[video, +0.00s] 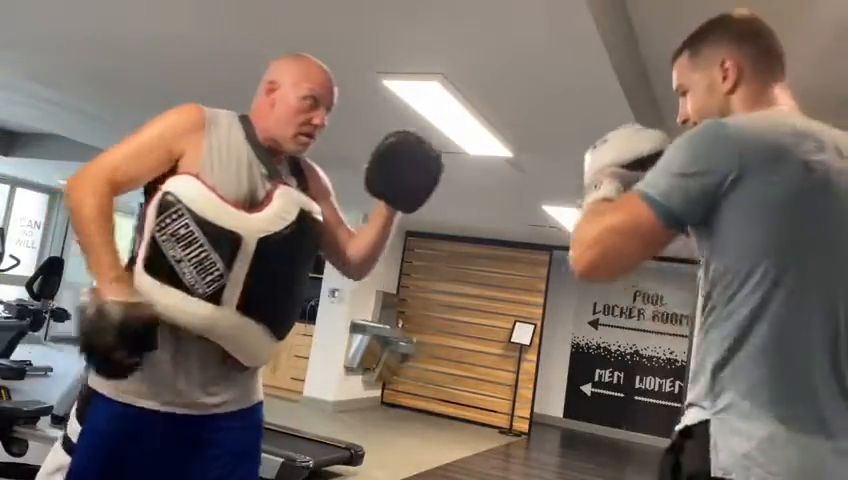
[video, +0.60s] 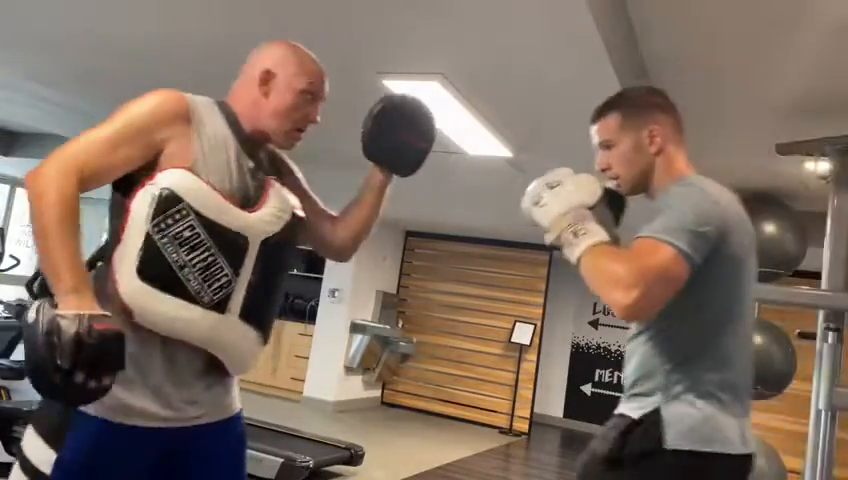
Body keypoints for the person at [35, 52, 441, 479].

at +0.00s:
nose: (321, 119)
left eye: (327, 110)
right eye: (312, 101)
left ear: (327, 118)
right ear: (269, 91)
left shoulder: (309, 180)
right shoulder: (194, 127)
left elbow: (354, 262)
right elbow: (87, 186)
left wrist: (392, 198)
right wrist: (113, 286)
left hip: (232, 410)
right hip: (137, 400)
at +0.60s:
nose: (315, 117)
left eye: (320, 105)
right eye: (308, 97)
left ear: (268, 86)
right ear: (264, 80)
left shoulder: (278, 171)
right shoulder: (172, 113)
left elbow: (338, 242)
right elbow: (51, 178)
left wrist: (384, 169)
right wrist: (74, 297)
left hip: (212, 420)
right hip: (117, 414)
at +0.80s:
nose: (269, 90)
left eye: (272, 76)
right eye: (261, 70)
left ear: (218, 57)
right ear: (216, 54)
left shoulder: (222, 144)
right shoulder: (123, 97)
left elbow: (274, 221)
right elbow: (17, 177)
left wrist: (331, 159)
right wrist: (60, 322)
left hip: (173, 408)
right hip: (92, 414)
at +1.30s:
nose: (304, 128)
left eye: (308, 117)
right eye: (304, 111)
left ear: (268, 96)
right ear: (274, 93)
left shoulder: (248, 175)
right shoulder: (191, 109)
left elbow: (266, 237)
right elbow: (90, 172)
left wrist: (320, 194)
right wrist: (107, 325)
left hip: (177, 412)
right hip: (102, 408)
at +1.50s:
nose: (325, 137)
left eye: (329, 126)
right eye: (324, 121)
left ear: (295, 105)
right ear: (298, 103)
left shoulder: (275, 183)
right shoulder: (230, 111)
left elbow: (291, 241)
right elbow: (140, 161)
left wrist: (343, 198)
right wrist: (166, 299)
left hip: (196, 392)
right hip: (137, 378)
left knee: (187, 473)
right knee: (104, 474)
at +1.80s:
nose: (324, 135)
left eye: (328, 123)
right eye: (325, 118)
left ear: (294, 102)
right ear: (301, 102)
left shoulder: (270, 166)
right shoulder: (237, 114)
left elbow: (248, 230)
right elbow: (180, 182)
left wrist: (320, 227)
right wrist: (239, 308)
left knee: (199, 469)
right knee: (122, 471)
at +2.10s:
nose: (307, 98)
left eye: (311, 84)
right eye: (308, 80)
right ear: (281, 62)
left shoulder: (236, 122)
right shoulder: (213, 94)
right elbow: (173, 209)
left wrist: (291, 216)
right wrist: (247, 347)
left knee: (160, 463)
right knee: (134, 465)